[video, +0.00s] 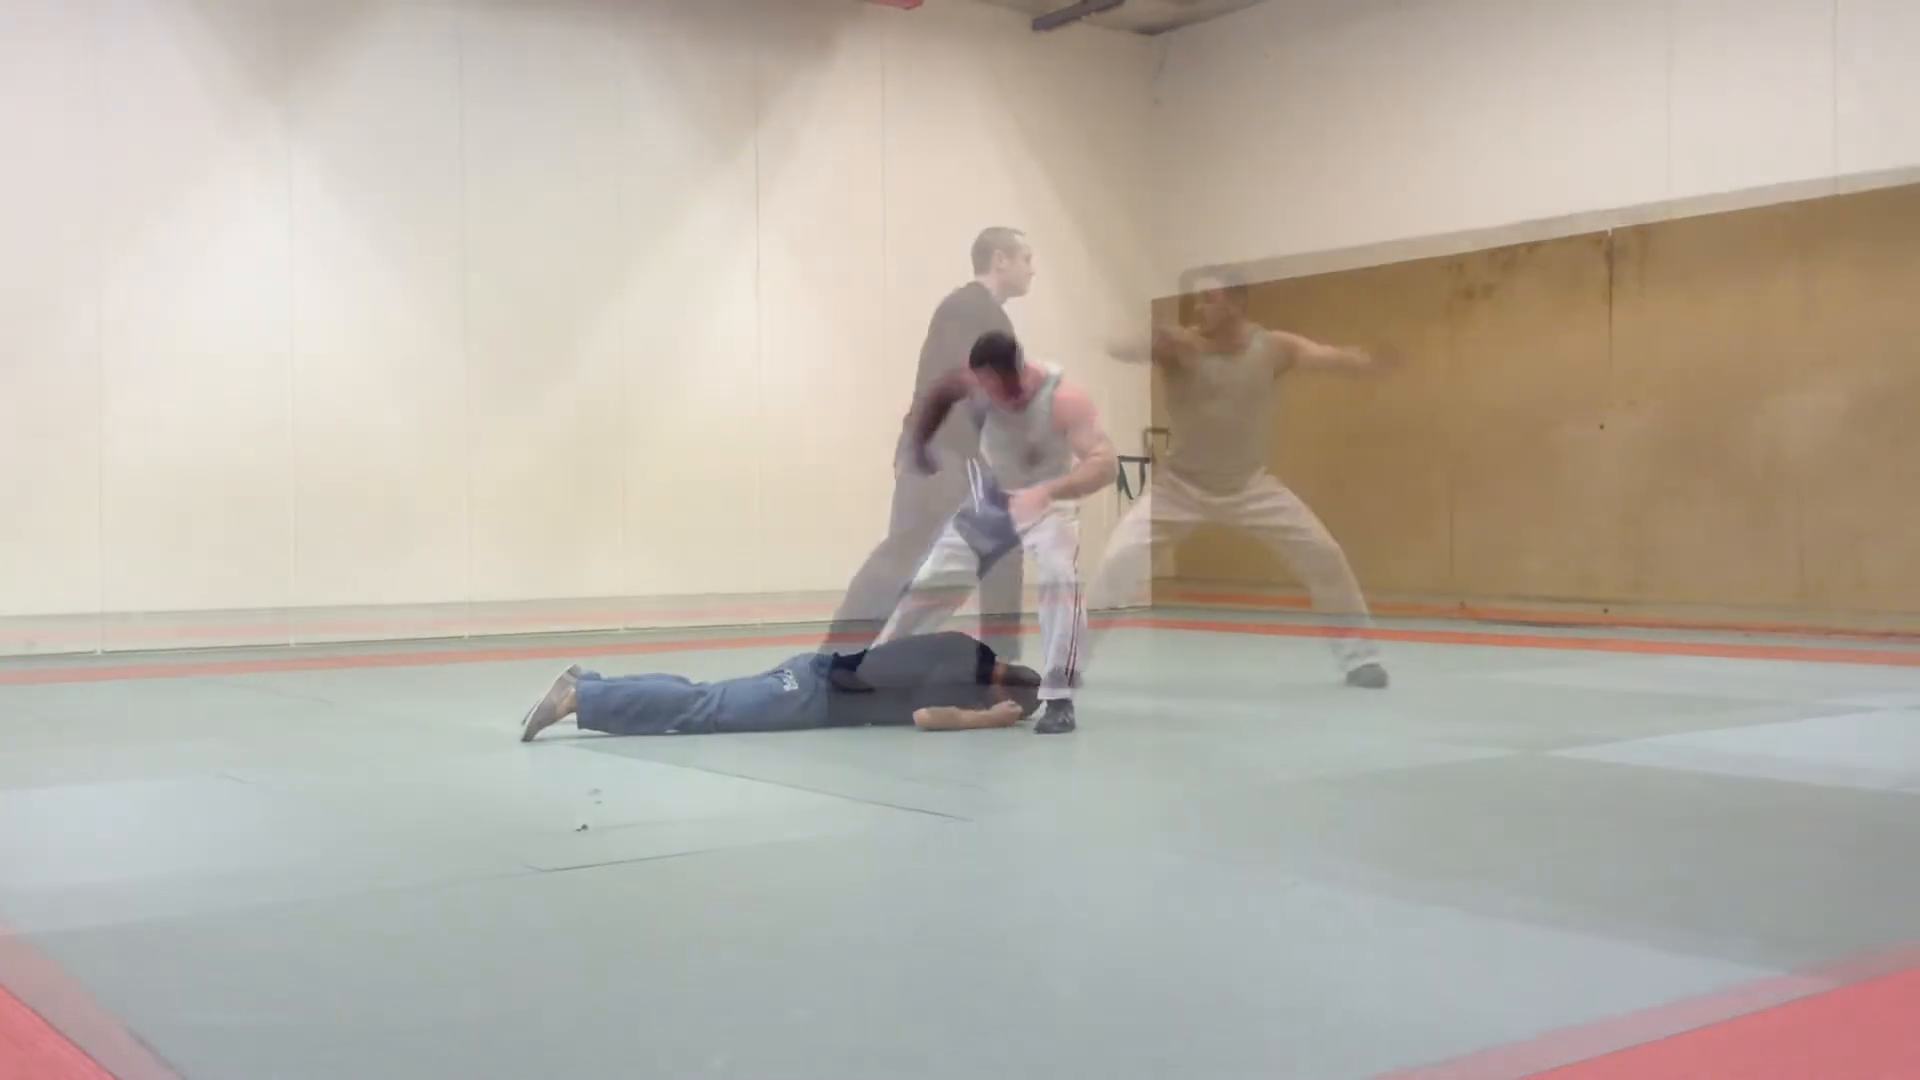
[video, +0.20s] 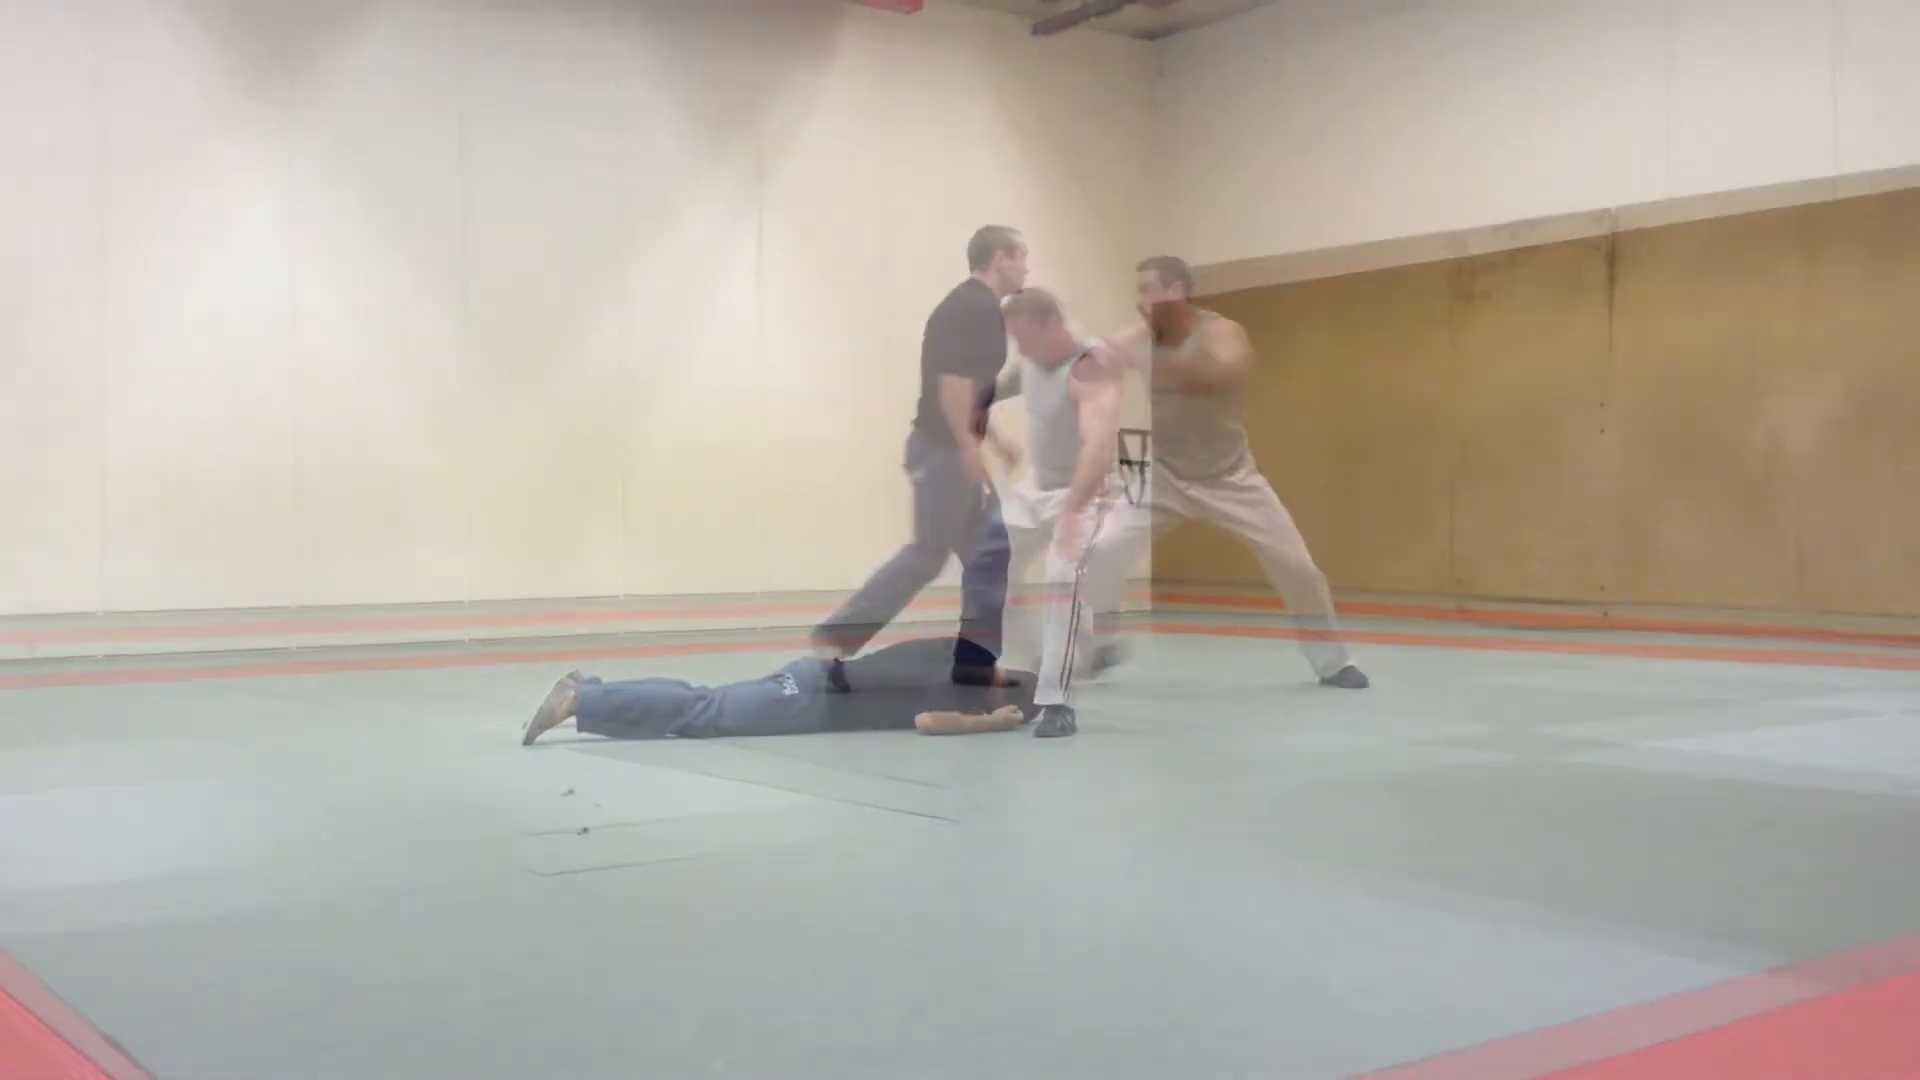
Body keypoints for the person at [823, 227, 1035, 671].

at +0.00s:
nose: (1032, 270)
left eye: (1031, 261)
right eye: (1026, 260)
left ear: (995, 263)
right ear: (1000, 262)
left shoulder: (975, 307)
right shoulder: (975, 309)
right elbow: (984, 396)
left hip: (971, 451)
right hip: (939, 450)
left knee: (1004, 547)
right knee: (907, 549)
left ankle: (1000, 670)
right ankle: (838, 658)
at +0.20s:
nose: (1025, 269)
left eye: (1024, 259)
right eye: (1020, 259)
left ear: (991, 261)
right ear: (998, 260)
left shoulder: (980, 307)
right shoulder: (973, 307)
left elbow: (968, 395)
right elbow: (953, 396)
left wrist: (996, 440)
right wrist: (971, 457)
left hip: (954, 448)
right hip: (941, 449)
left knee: (992, 550)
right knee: (929, 551)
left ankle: (976, 663)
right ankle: (835, 638)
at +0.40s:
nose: (1014, 255)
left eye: (1013, 246)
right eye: (1010, 246)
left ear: (969, 248)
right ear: (989, 247)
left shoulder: (938, 296)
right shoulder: (992, 301)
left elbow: (946, 372)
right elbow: (1034, 376)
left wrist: (994, 401)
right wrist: (1073, 412)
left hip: (934, 443)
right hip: (965, 447)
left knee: (964, 553)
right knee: (995, 550)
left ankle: (970, 657)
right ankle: (931, 644)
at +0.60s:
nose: (1006, 271)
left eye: (1006, 262)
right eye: (1005, 261)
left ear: (959, 254)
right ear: (993, 255)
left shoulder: (920, 301)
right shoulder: (995, 306)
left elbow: (924, 372)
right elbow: (1022, 379)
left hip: (926, 447)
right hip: (968, 450)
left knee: (955, 548)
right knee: (1021, 550)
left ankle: (968, 657)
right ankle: (980, 657)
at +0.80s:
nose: (1034, 362)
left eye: (1044, 355)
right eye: (1028, 352)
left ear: (1069, 342)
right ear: (1021, 337)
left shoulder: (1091, 384)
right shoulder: (1009, 332)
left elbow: (1042, 452)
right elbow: (954, 320)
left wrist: (990, 408)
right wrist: (896, 309)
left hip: (1042, 479)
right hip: (973, 468)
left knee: (1100, 542)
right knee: (906, 550)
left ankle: (1104, 669)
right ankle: (829, 655)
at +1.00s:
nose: (1030, 415)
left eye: (1039, 408)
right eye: (1021, 406)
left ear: (1058, 385)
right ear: (1008, 383)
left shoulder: (1085, 401)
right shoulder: (986, 367)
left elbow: (1064, 475)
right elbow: (924, 370)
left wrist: (1001, 462)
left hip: (1037, 486)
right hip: (965, 474)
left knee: (1085, 550)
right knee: (895, 542)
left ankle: (1098, 666)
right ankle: (834, 658)